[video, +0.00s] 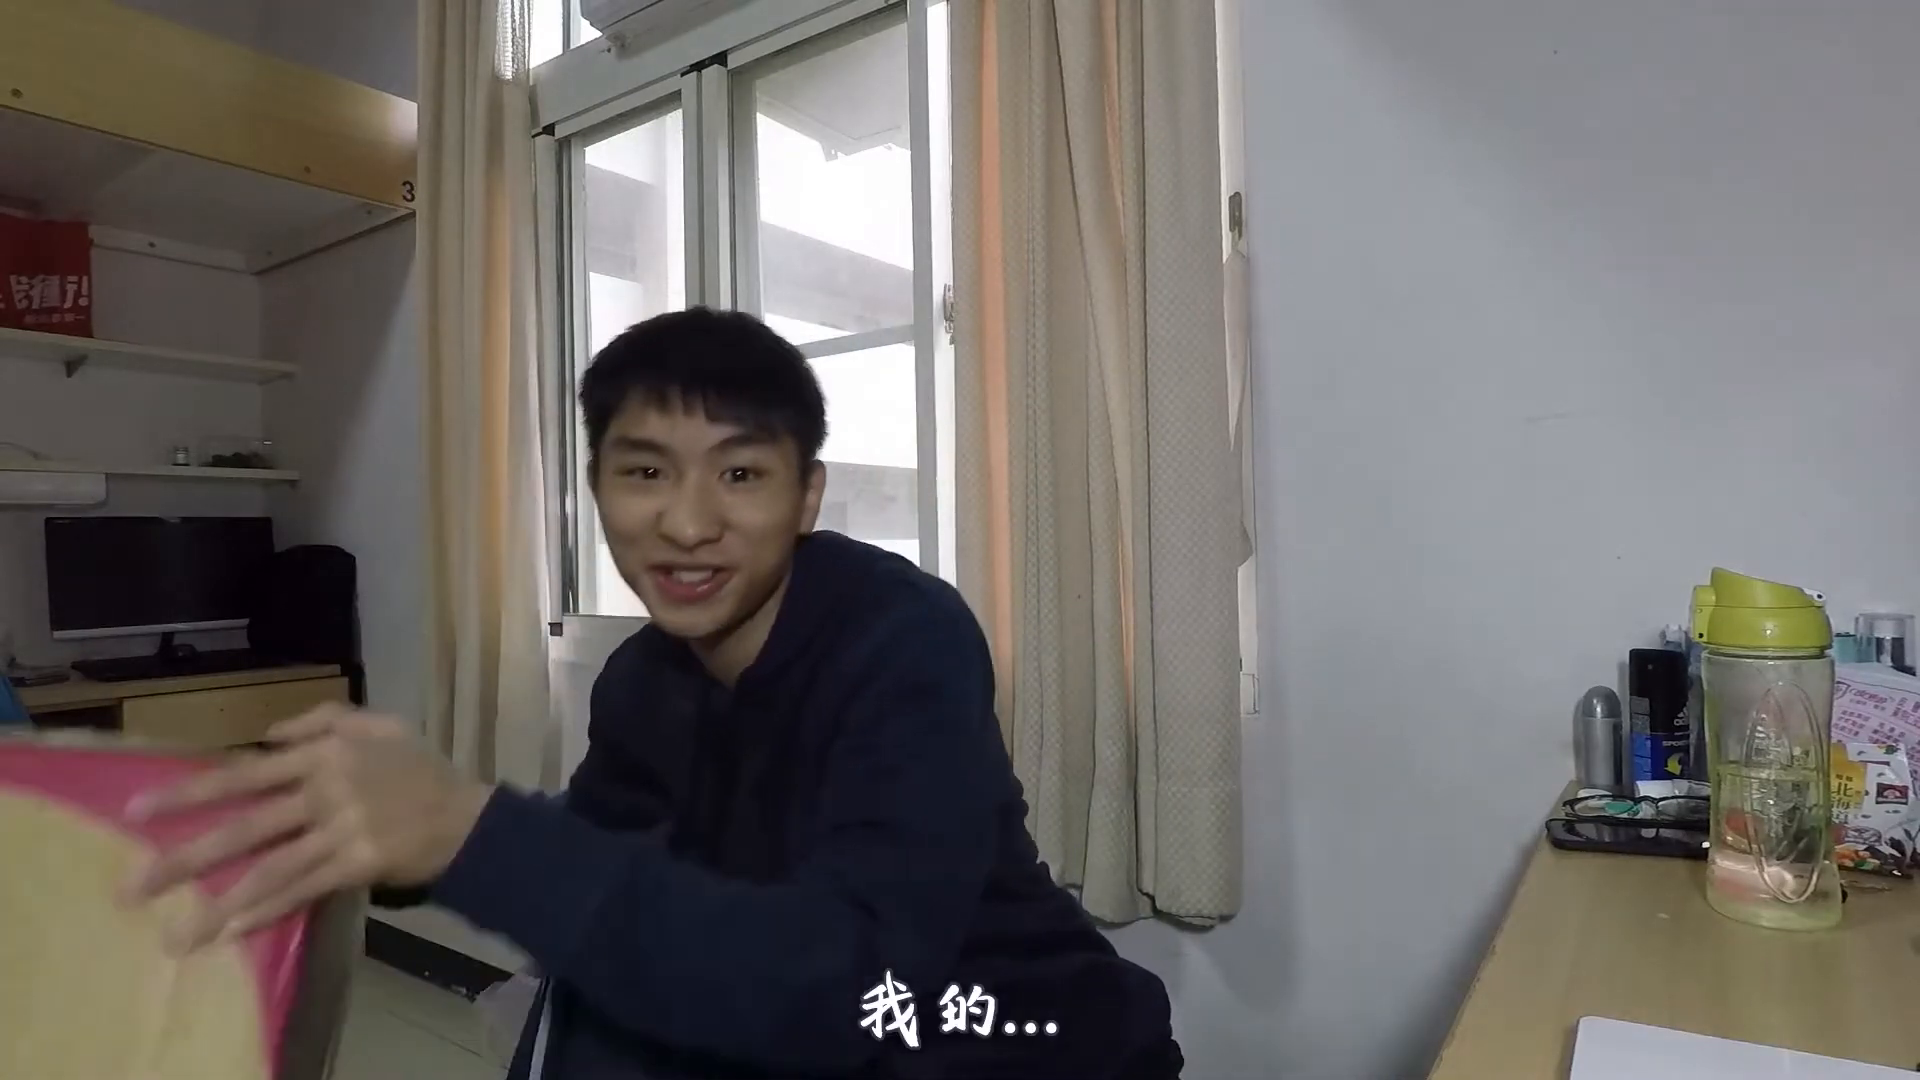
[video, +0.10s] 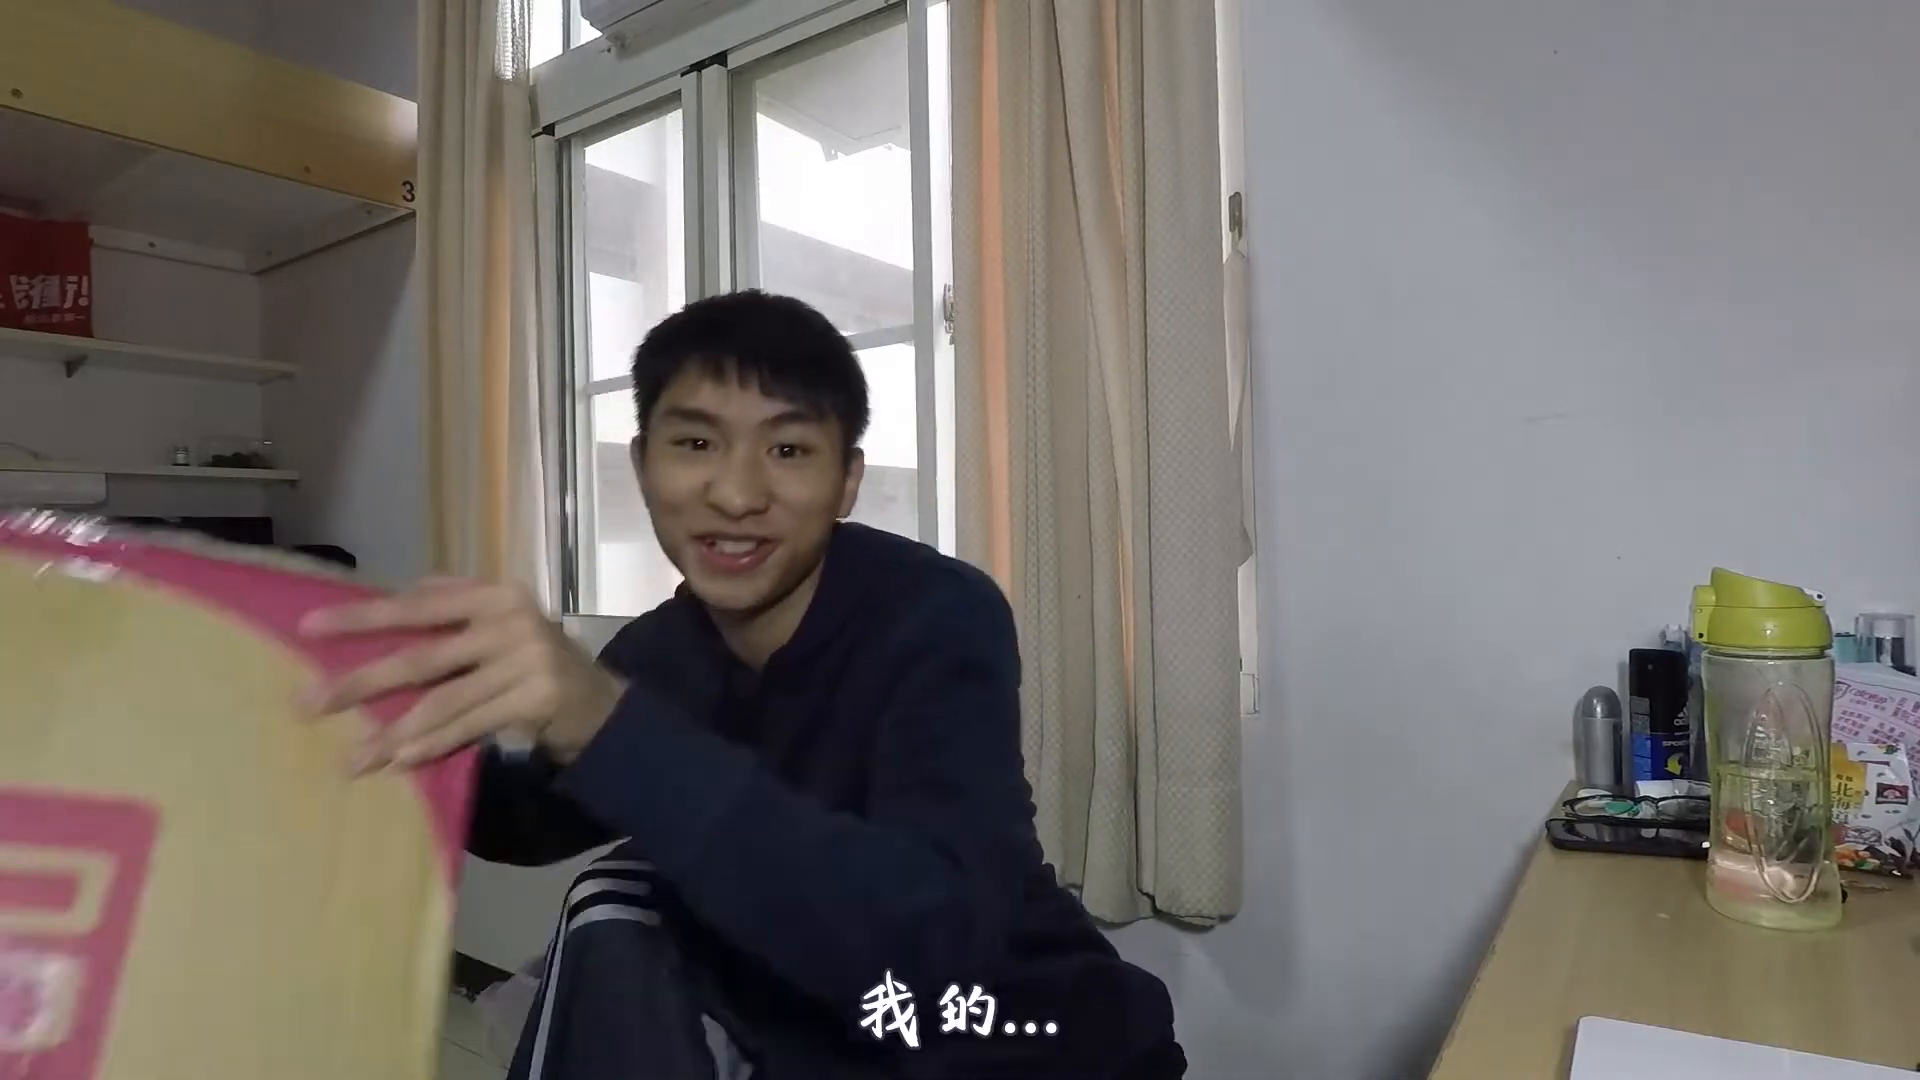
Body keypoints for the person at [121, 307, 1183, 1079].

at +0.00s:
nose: (687, 523)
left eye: (739, 474)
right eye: (644, 473)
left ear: (809, 497)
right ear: (599, 501)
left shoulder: (907, 640)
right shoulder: (639, 684)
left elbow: (866, 970)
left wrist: (471, 835)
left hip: (1032, 1040)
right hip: (801, 1045)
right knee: (593, 1030)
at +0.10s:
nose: (735, 496)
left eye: (788, 453)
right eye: (694, 446)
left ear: (848, 480)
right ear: (639, 470)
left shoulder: (941, 620)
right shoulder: (651, 660)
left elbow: (936, 928)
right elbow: (525, 815)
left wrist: (601, 722)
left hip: (1021, 1027)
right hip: (809, 1031)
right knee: (614, 902)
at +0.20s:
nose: (787, 474)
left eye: (835, 434)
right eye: (744, 425)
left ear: (888, 466)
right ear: (685, 449)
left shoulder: (981, 608)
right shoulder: (643, 636)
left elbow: (1021, 912)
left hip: (1056, 1049)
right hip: (824, 1057)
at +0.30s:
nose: (839, 457)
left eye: (883, 423)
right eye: (793, 415)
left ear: (928, 458)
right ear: (727, 426)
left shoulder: (1020, 596)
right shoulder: (683, 592)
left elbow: (1127, 887)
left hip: (1051, 1041)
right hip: (798, 1043)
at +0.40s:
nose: (875, 449)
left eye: (914, 415)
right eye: (841, 405)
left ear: (974, 435)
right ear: (785, 411)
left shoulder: (1024, 592)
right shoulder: (733, 588)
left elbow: (1216, 857)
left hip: (1059, 1020)